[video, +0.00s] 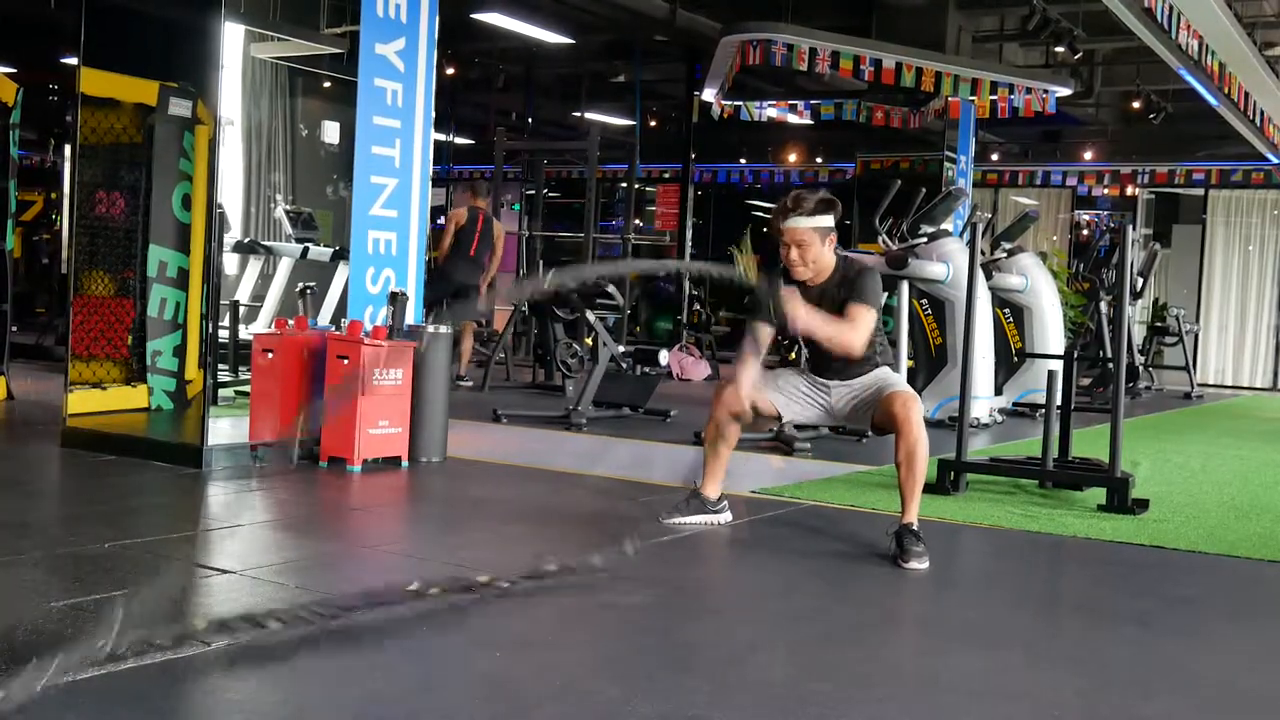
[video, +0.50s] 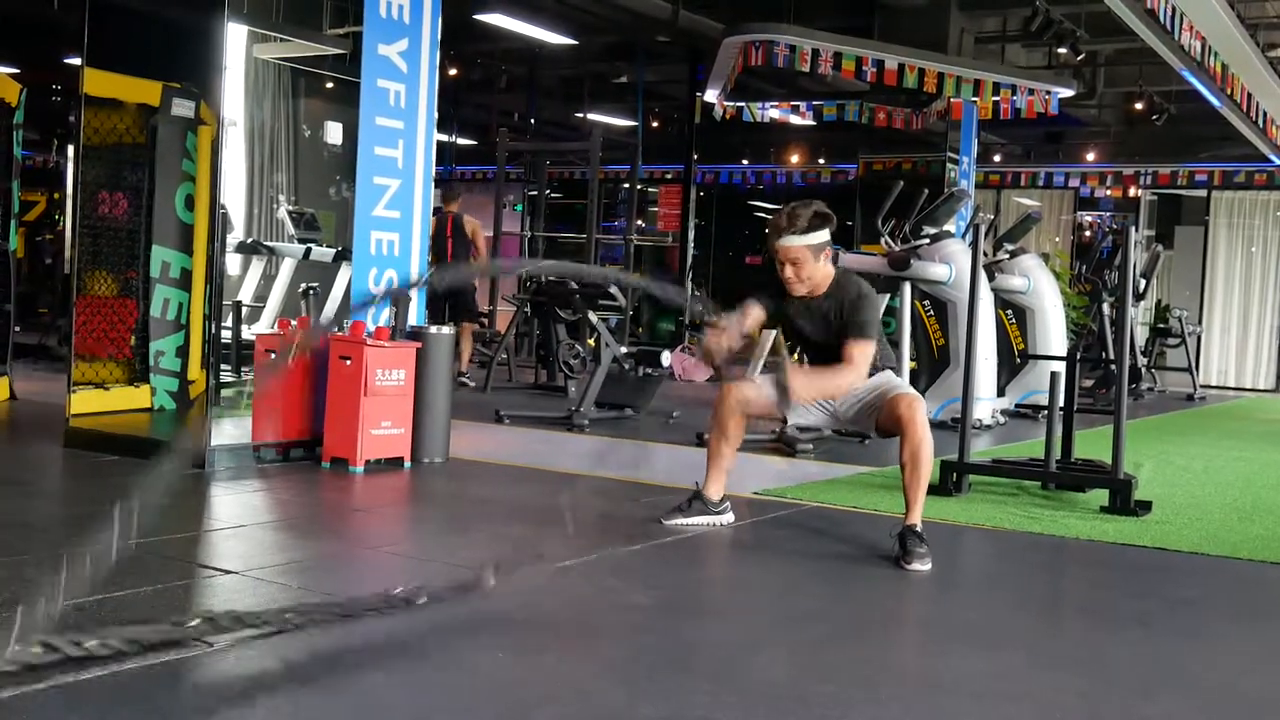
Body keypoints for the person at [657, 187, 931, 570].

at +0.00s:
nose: (790, 256)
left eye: (800, 246)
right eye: (784, 246)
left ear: (830, 242)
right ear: (778, 242)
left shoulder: (862, 277)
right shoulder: (776, 282)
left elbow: (854, 341)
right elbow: (755, 342)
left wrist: (804, 316)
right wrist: (743, 383)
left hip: (864, 386)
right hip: (804, 384)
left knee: (909, 407)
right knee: (729, 397)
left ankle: (910, 527)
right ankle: (709, 498)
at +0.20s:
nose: (778, 266)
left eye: (789, 257)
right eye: (773, 256)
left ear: (819, 254)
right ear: (769, 254)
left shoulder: (854, 298)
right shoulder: (771, 290)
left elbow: (860, 380)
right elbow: (734, 340)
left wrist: (831, 440)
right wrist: (719, 324)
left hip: (869, 383)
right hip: (811, 381)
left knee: (910, 407)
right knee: (731, 392)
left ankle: (909, 526)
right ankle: (709, 496)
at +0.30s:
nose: (783, 270)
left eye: (793, 260)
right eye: (777, 260)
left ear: (822, 255)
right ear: (771, 258)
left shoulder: (857, 285)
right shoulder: (770, 299)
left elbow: (850, 348)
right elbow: (761, 366)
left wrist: (796, 353)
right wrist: (753, 419)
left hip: (866, 387)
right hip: (802, 390)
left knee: (908, 407)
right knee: (729, 393)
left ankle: (910, 526)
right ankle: (709, 497)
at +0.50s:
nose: (786, 273)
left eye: (796, 264)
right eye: (780, 263)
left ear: (826, 256)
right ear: (775, 257)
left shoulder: (858, 296)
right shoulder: (778, 291)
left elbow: (853, 373)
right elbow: (745, 320)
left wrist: (793, 381)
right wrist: (721, 339)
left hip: (865, 393)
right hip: (808, 391)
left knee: (913, 408)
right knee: (733, 392)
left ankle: (913, 527)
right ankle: (711, 498)